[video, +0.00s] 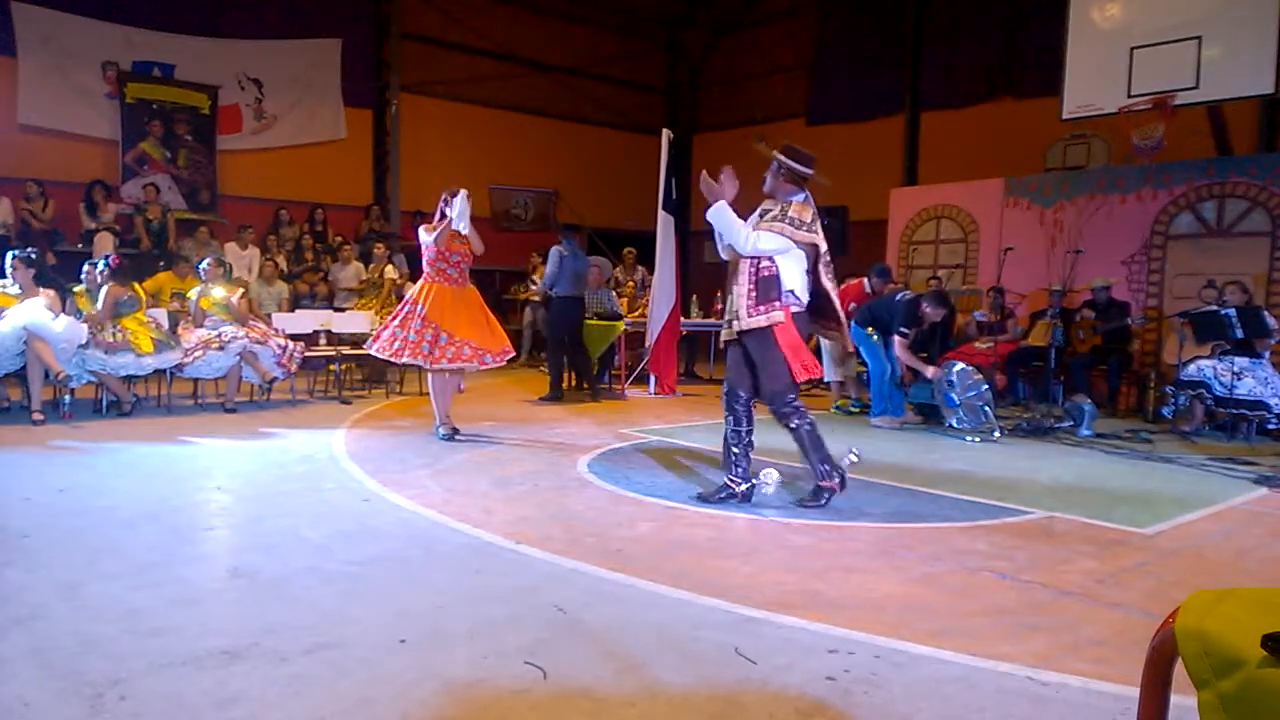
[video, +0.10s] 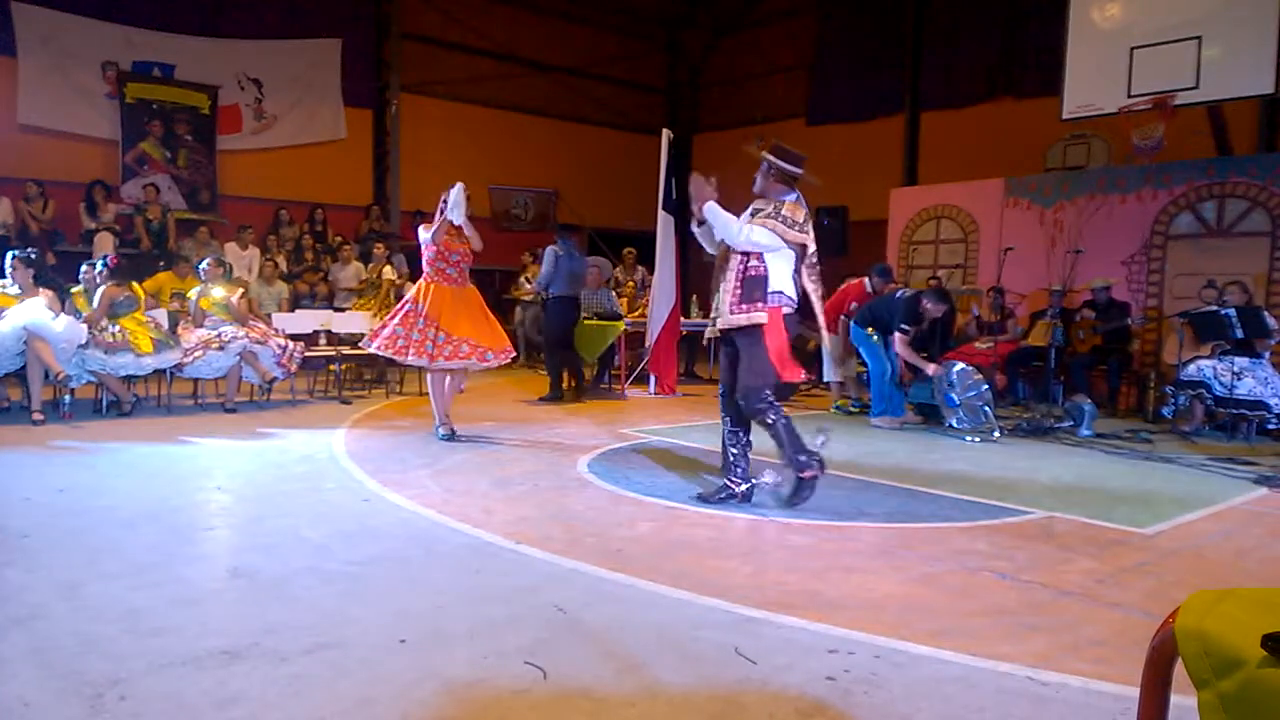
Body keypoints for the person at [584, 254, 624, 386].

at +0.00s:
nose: (593, 278)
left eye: (596, 274)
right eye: (591, 274)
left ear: (602, 278)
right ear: (586, 277)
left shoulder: (610, 294)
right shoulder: (582, 293)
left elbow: (619, 312)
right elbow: (576, 312)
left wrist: (602, 315)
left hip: (606, 327)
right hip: (586, 326)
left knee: (608, 347)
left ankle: (599, 378)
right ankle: (582, 378)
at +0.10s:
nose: (592, 277)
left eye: (595, 274)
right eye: (589, 274)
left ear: (601, 278)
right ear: (585, 277)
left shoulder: (608, 293)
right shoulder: (580, 293)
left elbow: (619, 313)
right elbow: (574, 311)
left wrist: (600, 315)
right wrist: (582, 317)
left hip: (604, 329)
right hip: (584, 327)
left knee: (608, 349)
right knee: (573, 348)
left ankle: (597, 380)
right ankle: (578, 380)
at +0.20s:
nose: (593, 278)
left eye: (596, 274)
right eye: (590, 274)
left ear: (602, 277)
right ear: (585, 276)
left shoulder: (609, 293)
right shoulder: (579, 293)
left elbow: (618, 312)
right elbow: (573, 312)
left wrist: (599, 315)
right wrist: (581, 316)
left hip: (603, 329)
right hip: (583, 328)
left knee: (608, 349)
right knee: (572, 348)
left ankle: (598, 379)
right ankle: (579, 377)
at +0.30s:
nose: (592, 278)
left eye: (596, 274)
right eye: (590, 274)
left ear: (601, 277)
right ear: (585, 277)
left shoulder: (608, 293)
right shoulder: (577, 293)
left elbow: (618, 313)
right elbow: (575, 313)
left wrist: (599, 315)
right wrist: (583, 315)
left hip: (603, 329)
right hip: (583, 328)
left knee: (609, 348)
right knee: (571, 347)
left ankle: (598, 380)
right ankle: (579, 378)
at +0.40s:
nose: (597, 280)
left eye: (599, 276)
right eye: (593, 276)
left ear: (603, 278)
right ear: (586, 278)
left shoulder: (609, 294)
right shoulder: (574, 294)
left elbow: (618, 314)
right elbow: (571, 314)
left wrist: (598, 316)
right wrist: (578, 315)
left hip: (602, 329)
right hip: (581, 329)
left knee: (609, 348)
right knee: (571, 347)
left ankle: (598, 379)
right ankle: (579, 377)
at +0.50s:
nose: (597, 282)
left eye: (600, 278)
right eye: (594, 278)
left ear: (603, 280)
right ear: (587, 279)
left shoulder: (609, 294)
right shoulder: (573, 294)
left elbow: (619, 313)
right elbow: (567, 315)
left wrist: (597, 315)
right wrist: (578, 315)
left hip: (602, 330)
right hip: (580, 330)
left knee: (608, 349)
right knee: (571, 349)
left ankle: (598, 380)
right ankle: (579, 378)